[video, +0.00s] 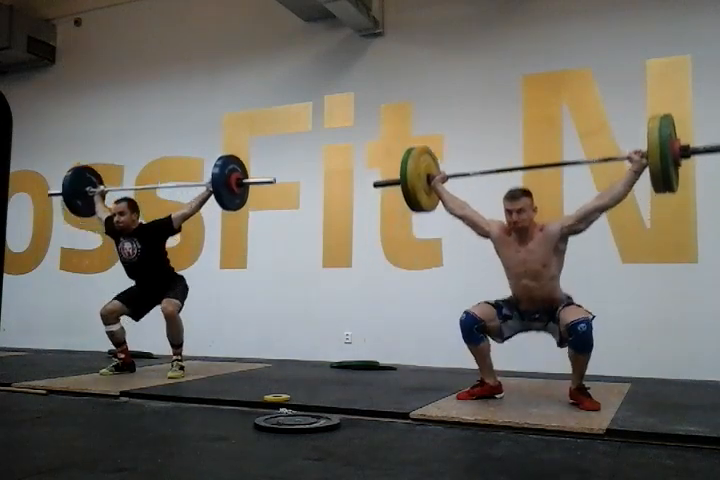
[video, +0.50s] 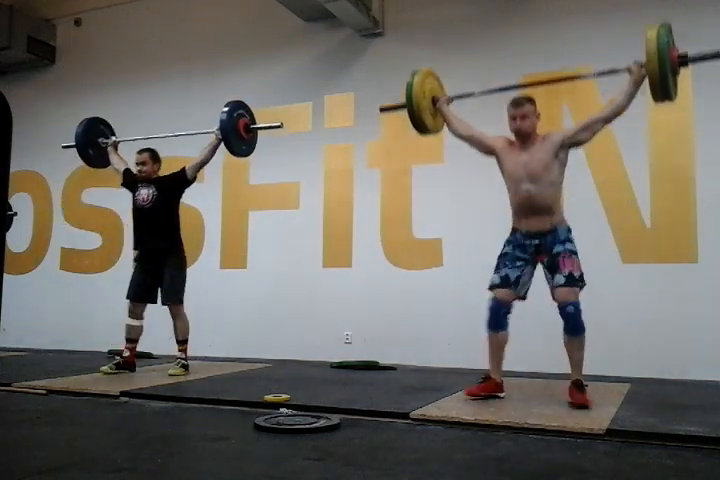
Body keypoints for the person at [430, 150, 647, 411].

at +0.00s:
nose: (515, 218)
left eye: (521, 212)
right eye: (510, 213)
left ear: (534, 210)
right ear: (505, 214)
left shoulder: (556, 232)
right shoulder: (497, 234)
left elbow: (600, 204)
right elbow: (464, 212)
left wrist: (635, 171)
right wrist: (438, 188)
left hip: (555, 310)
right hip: (516, 310)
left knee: (582, 327)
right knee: (470, 321)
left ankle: (577, 389)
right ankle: (489, 383)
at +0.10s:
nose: (515, 201)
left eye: (521, 195)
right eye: (509, 196)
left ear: (534, 194)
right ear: (505, 197)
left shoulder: (556, 217)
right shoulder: (498, 219)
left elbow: (600, 188)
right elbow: (463, 198)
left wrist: (636, 154)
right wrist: (440, 172)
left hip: (556, 296)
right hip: (518, 296)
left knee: (583, 327)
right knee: (470, 319)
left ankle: (578, 388)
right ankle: (489, 383)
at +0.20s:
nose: (516, 185)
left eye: (522, 179)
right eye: (511, 180)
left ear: (535, 178)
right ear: (506, 182)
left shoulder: (557, 200)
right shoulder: (499, 204)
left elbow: (602, 171)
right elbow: (463, 181)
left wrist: (635, 137)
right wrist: (440, 157)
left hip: (557, 284)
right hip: (519, 284)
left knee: (584, 325)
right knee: (472, 318)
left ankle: (578, 388)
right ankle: (489, 382)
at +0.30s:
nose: (518, 167)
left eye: (523, 161)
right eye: (513, 162)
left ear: (536, 160)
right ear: (507, 164)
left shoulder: (557, 183)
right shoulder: (500, 188)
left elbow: (604, 154)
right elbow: (464, 166)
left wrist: (635, 118)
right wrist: (440, 141)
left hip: (556, 270)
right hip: (520, 271)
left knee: (582, 323)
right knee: (473, 315)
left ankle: (578, 388)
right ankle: (489, 382)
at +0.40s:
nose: (521, 146)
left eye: (526, 140)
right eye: (516, 142)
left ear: (538, 141)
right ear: (509, 144)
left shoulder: (558, 164)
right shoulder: (501, 168)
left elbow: (604, 134)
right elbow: (465, 149)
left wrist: (634, 101)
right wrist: (442, 125)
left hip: (556, 255)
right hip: (520, 256)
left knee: (577, 315)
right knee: (481, 307)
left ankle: (579, 387)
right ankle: (489, 381)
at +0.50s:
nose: (520, 122)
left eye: (525, 116)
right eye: (515, 118)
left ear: (537, 117)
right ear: (508, 121)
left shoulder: (558, 143)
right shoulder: (501, 148)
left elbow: (607, 115)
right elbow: (464, 132)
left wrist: (634, 82)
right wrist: (442, 106)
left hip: (556, 237)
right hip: (519, 239)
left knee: (569, 307)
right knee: (499, 303)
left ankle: (577, 383)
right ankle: (493, 380)